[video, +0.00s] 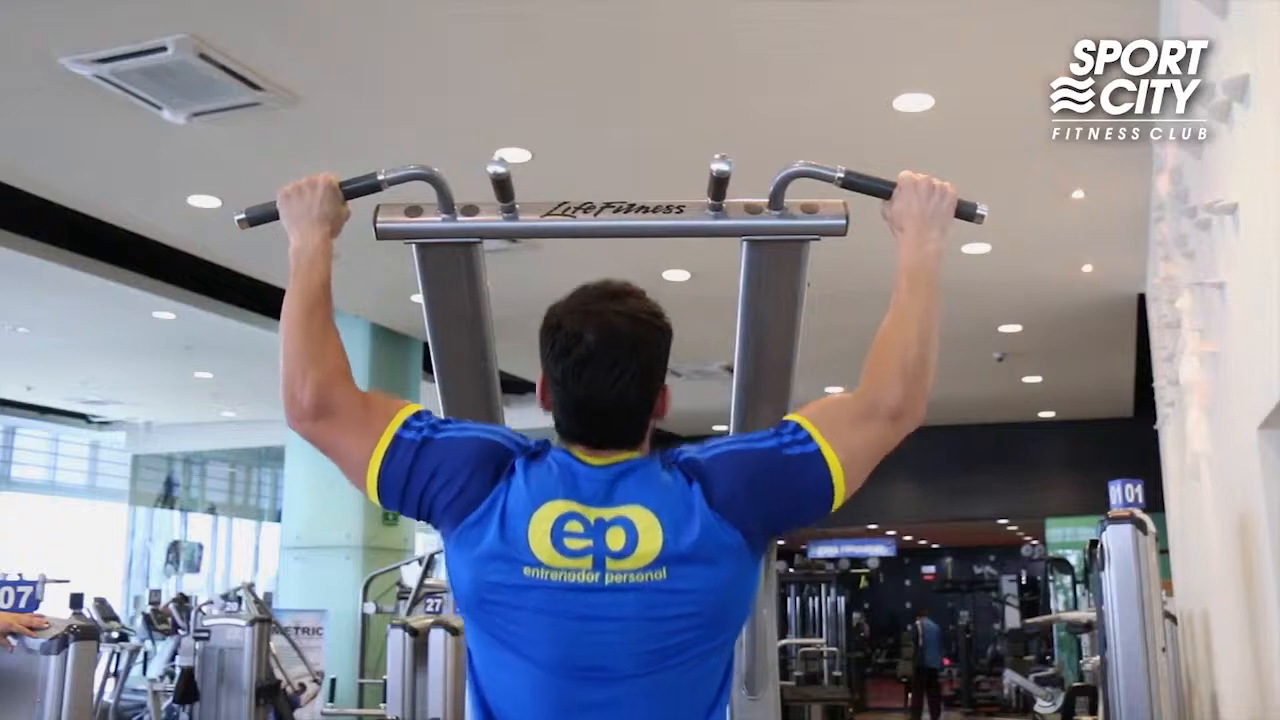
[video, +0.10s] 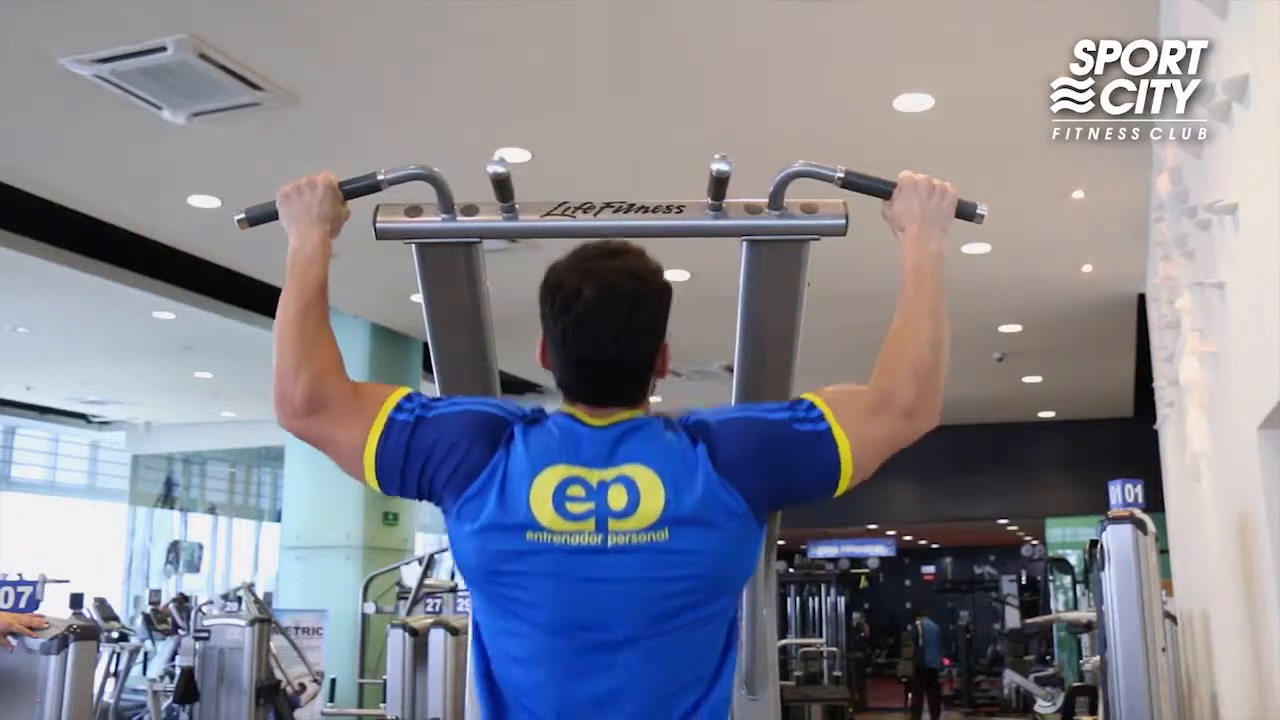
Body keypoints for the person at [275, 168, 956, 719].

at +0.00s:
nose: (665, 386)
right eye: (665, 376)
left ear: (541, 391)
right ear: (662, 398)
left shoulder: (480, 485)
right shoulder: (727, 494)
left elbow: (316, 401)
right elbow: (889, 405)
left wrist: (309, 240)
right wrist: (921, 242)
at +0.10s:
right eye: (666, 334)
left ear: (543, 354)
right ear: (664, 360)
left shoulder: (479, 456)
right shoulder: (730, 460)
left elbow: (307, 400)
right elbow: (905, 406)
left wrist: (307, 240)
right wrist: (924, 244)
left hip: (525, 710)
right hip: (687, 710)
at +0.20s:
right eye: (663, 290)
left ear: (547, 310)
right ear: (663, 313)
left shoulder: (480, 417)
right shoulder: (731, 419)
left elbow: (301, 398)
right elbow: (918, 402)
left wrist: (308, 241)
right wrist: (926, 244)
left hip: (530, 710)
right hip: (684, 710)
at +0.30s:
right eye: (664, 246)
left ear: (545, 263)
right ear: (664, 269)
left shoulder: (480, 379)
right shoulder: (735, 377)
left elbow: (295, 394)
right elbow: (925, 398)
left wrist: (307, 238)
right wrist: (926, 239)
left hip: (531, 699)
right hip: (684, 698)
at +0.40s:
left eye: (550, 191)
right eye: (667, 196)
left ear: (548, 215)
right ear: (665, 215)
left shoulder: (486, 332)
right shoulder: (736, 331)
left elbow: (300, 393)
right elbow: (923, 394)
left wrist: (306, 238)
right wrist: (928, 239)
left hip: (536, 687)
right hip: (686, 687)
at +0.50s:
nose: (669, 163)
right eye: (666, 151)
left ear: (552, 173)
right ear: (667, 172)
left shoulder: (489, 294)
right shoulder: (736, 293)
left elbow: (312, 390)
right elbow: (913, 391)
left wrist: (307, 239)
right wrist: (928, 238)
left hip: (537, 651)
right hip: (683, 653)